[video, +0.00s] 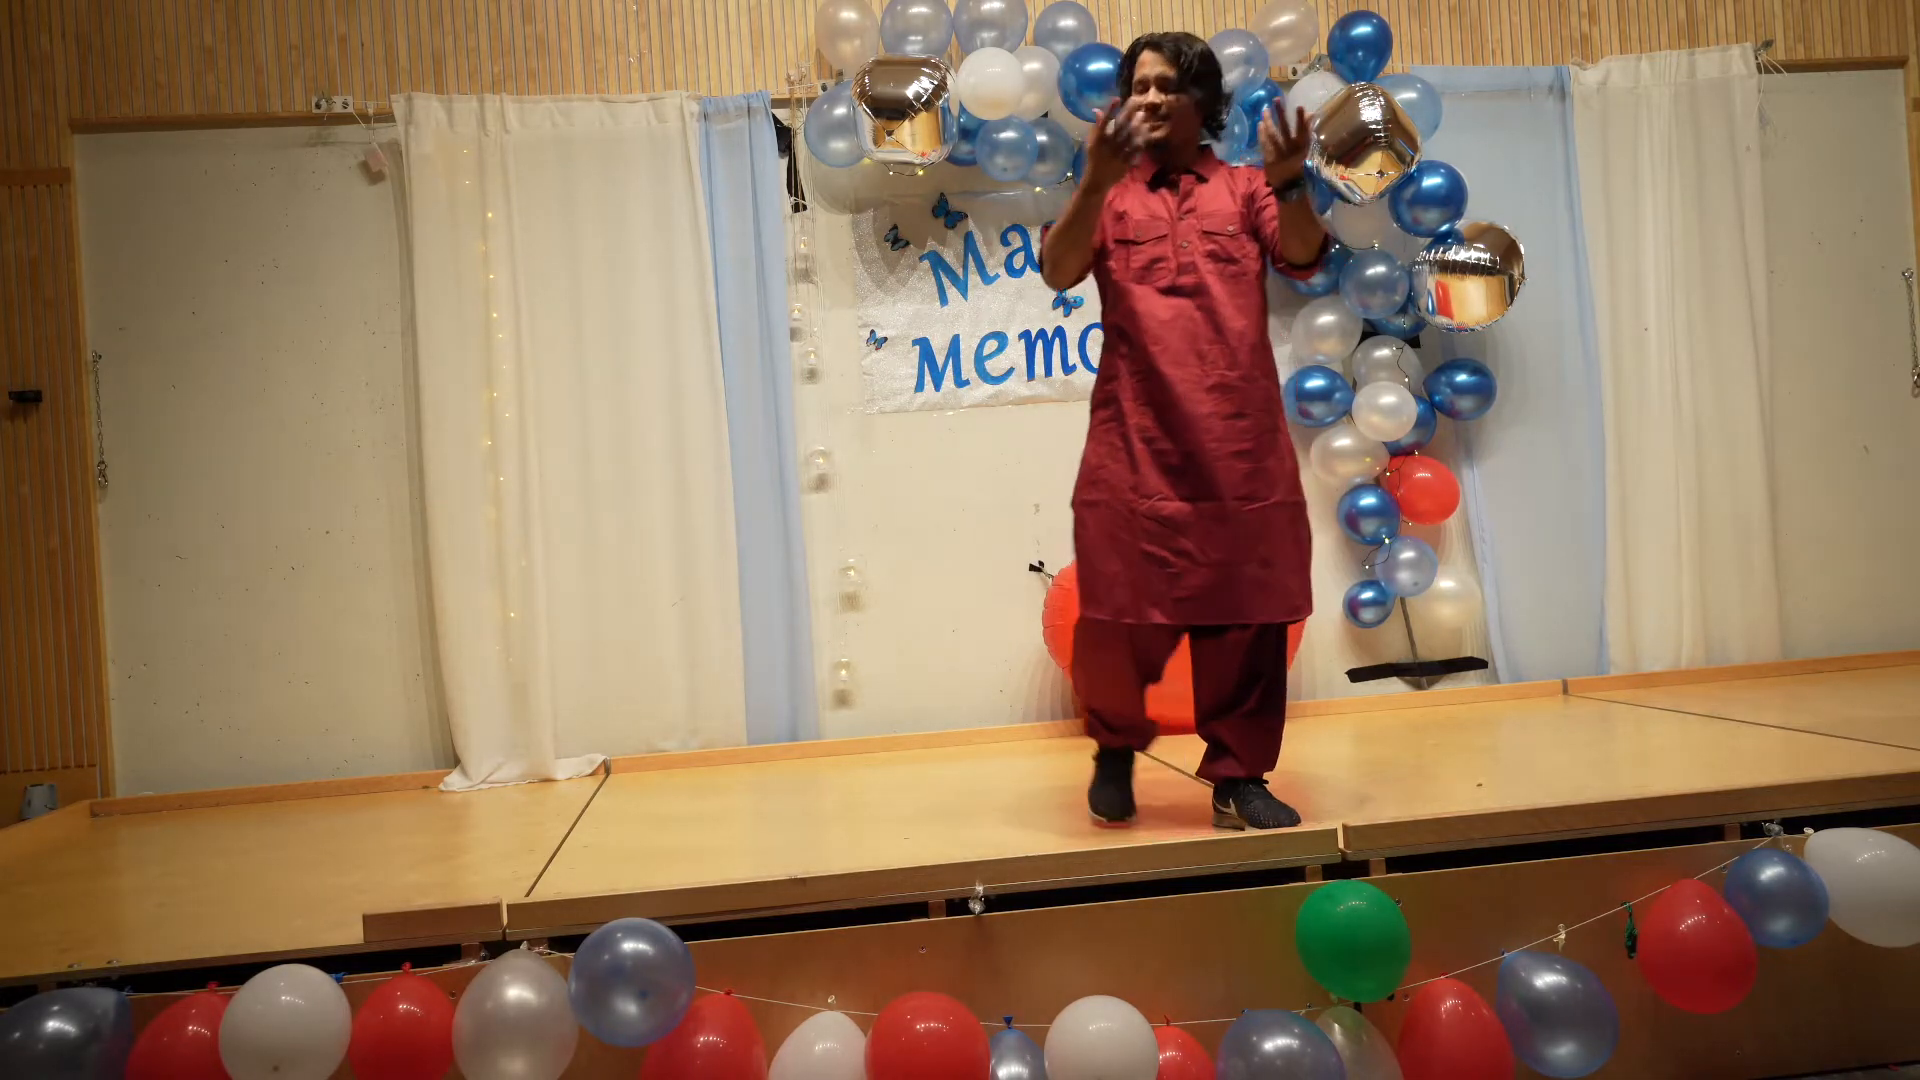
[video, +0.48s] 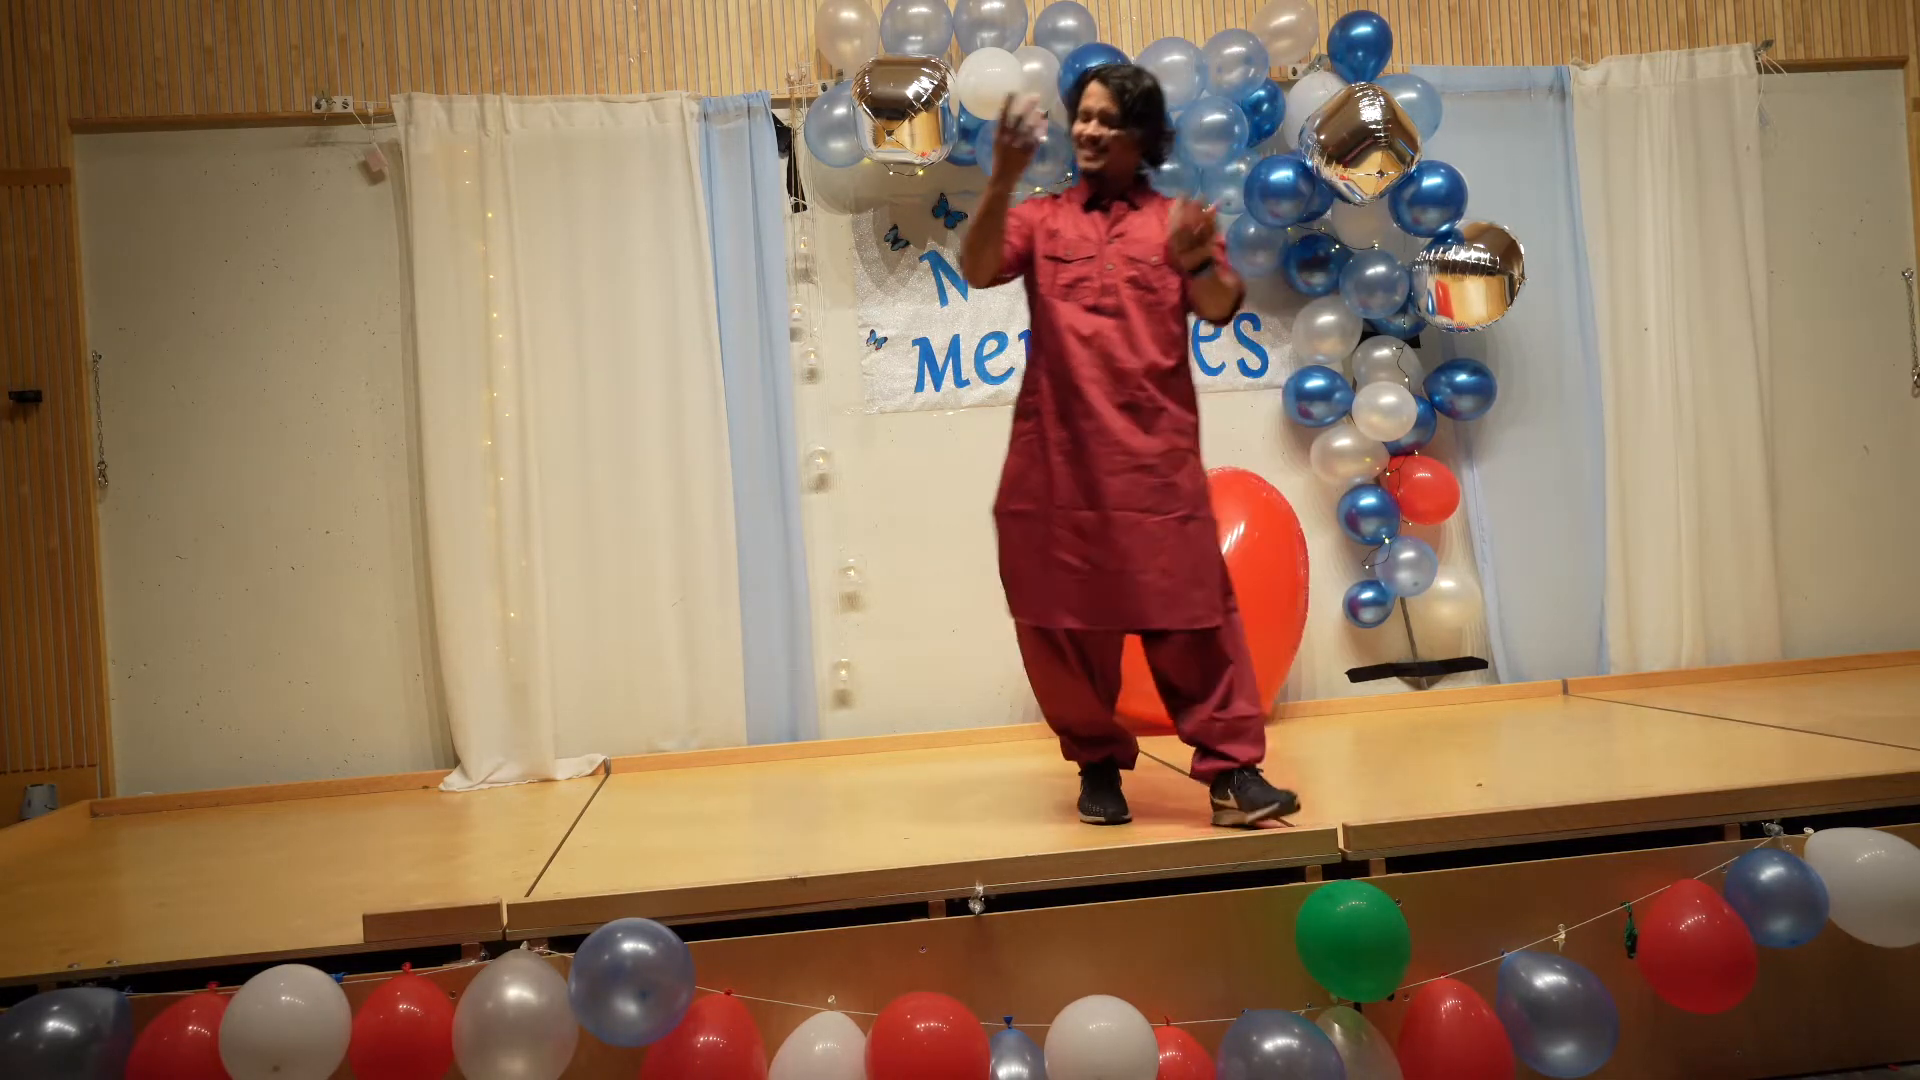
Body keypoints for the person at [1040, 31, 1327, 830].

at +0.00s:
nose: (1148, 98)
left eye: (1166, 86)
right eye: (1138, 87)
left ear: (1204, 103)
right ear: (1123, 105)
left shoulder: (1244, 184)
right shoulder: (1108, 192)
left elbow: (1304, 257)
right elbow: (1058, 270)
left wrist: (1290, 189)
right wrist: (1096, 178)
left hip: (1239, 434)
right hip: (1137, 435)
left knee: (1248, 610)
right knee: (1119, 607)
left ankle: (1240, 778)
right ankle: (1115, 749)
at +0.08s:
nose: (1139, 103)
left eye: (1158, 92)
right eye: (1132, 90)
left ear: (1197, 109)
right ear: (1118, 104)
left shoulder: (1235, 188)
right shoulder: (1100, 194)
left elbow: (1294, 261)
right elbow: (1048, 271)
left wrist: (1279, 189)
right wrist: (1083, 177)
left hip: (1229, 436)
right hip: (1128, 436)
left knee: (1243, 607)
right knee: (1109, 607)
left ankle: (1238, 777)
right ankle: (1104, 752)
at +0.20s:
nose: (1131, 111)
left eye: (1149, 100)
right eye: (1123, 97)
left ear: (1187, 116)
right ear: (1109, 107)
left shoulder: (1220, 195)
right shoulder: (1086, 197)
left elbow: (1276, 271)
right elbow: (1030, 269)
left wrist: (1262, 203)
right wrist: (1058, 180)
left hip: (1211, 436)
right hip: (1108, 438)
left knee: (1234, 602)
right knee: (1094, 607)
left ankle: (1237, 775)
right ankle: (1100, 766)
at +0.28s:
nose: (1119, 116)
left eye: (1138, 105)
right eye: (1112, 102)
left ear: (1176, 120)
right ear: (1100, 111)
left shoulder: (1207, 201)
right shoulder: (1073, 199)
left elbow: (1262, 283)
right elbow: (1015, 267)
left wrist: (1246, 214)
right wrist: (1044, 175)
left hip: (1194, 435)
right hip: (1093, 438)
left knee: (1222, 600)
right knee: (1085, 603)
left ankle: (1238, 777)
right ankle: (1099, 769)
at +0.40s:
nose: (1100, 124)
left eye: (1119, 114)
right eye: (1094, 111)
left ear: (1157, 130)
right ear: (1084, 121)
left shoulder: (1186, 210)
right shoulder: (1055, 210)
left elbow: (1238, 297)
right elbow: (993, 269)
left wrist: (1219, 245)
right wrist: (1020, 176)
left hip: (1170, 442)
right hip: (1070, 446)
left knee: (1205, 604)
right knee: (1067, 608)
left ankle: (1235, 776)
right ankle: (1097, 768)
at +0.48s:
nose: (1089, 130)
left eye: (1106, 120)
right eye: (1083, 118)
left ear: (1144, 135)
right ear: (1071, 129)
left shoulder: (1176, 218)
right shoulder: (1042, 217)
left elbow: (1220, 309)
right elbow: (980, 269)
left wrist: (1199, 261)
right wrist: (1002, 179)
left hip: (1157, 446)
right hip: (1059, 450)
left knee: (1195, 605)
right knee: (1063, 612)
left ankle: (1234, 773)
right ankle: (1098, 768)